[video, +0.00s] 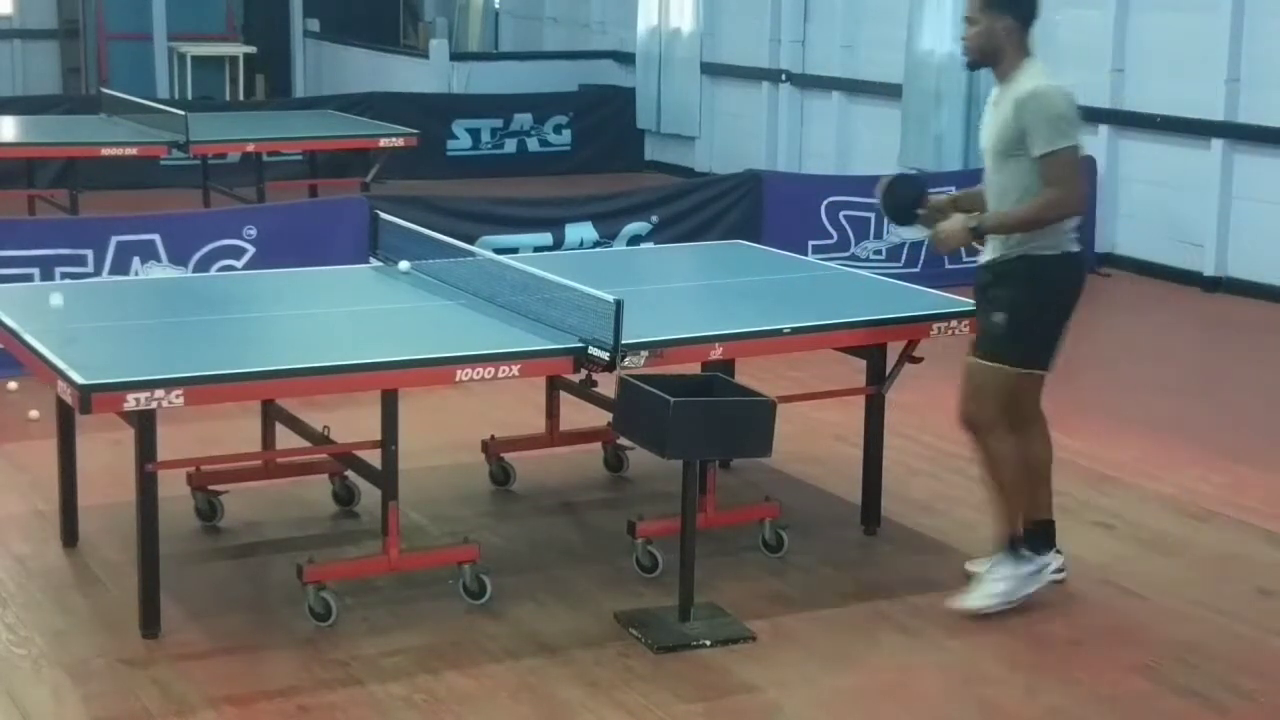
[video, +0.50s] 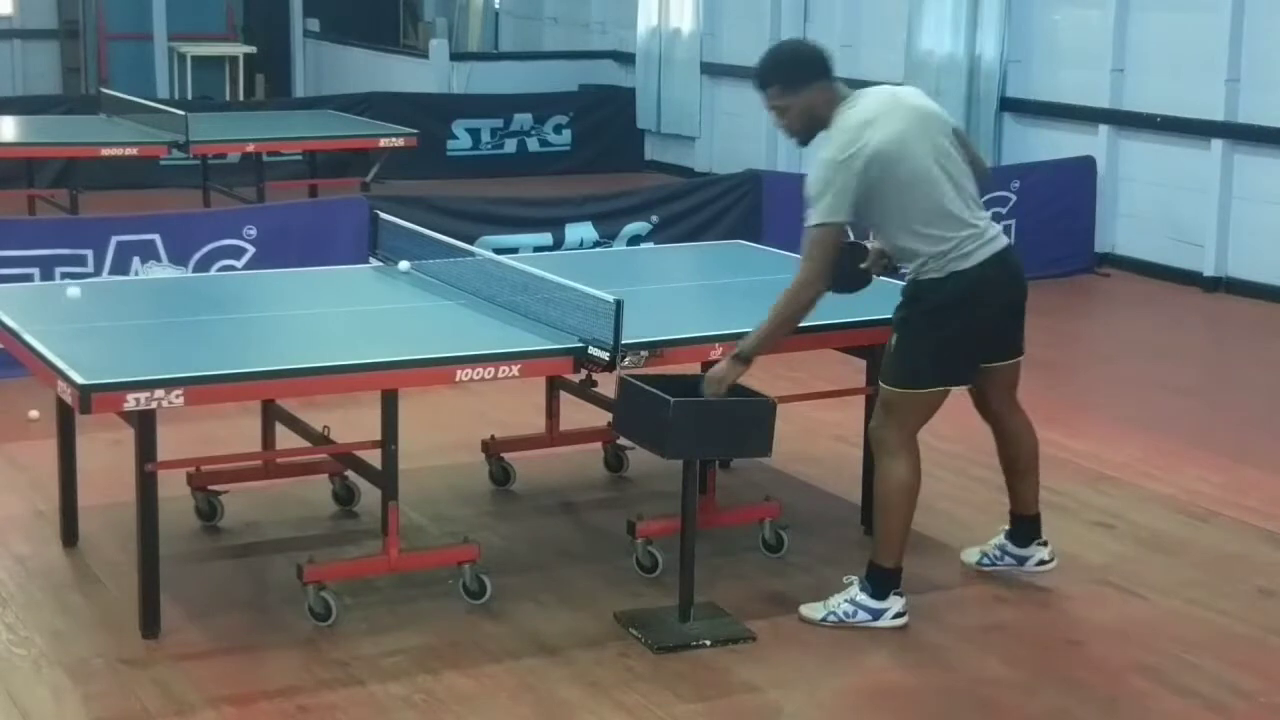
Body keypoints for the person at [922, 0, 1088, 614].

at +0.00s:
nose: (964, 35)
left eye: (973, 22)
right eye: (965, 22)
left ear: (1008, 26)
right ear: (1003, 28)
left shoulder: (1041, 97)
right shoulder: (1007, 97)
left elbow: (1069, 196)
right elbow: (1019, 188)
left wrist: (976, 225)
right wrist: (956, 202)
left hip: (1037, 267)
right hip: (1020, 264)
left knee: (982, 409)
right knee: (1020, 411)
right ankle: (1038, 546)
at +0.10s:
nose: (931, 45)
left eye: (941, 32)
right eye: (932, 33)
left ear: (979, 34)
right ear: (971, 36)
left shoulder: (1005, 104)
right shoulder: (990, 101)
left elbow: (1029, 209)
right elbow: (994, 194)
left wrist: (940, 237)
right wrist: (928, 206)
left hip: (1009, 278)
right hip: (1013, 273)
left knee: (959, 425)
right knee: (1013, 415)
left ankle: (935, 576)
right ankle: (1040, 549)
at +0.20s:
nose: (896, 61)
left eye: (903, 49)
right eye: (896, 49)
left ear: (936, 48)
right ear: (937, 48)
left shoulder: (964, 113)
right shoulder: (974, 100)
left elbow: (977, 227)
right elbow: (979, 201)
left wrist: (886, 264)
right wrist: (916, 213)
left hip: (984, 287)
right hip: (1008, 280)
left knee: (933, 433)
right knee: (1003, 416)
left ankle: (889, 589)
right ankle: (1039, 549)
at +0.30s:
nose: (848, 84)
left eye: (854, 71)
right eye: (845, 72)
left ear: (887, 61)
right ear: (899, 61)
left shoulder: (917, 125)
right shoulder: (958, 103)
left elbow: (915, 244)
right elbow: (962, 199)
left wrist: (827, 298)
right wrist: (896, 229)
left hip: (964, 290)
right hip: (1004, 280)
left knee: (897, 425)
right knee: (993, 412)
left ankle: (881, 591)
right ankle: (1036, 544)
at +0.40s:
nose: (806, 105)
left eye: (808, 91)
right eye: (802, 93)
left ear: (841, 78)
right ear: (854, 75)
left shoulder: (868, 139)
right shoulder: (927, 98)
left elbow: (854, 266)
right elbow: (973, 180)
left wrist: (772, 333)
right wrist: (891, 241)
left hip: (951, 291)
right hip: (1001, 277)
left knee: (892, 428)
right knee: (992, 407)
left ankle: (880, 591)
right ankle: (1029, 541)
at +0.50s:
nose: (778, 122)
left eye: (781, 108)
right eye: (773, 110)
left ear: (814, 92)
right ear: (823, 86)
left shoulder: (835, 155)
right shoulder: (905, 97)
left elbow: (814, 279)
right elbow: (974, 167)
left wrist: (741, 356)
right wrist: (898, 243)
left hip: (944, 292)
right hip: (1000, 272)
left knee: (892, 430)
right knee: (1001, 402)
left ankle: (880, 591)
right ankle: (1028, 540)